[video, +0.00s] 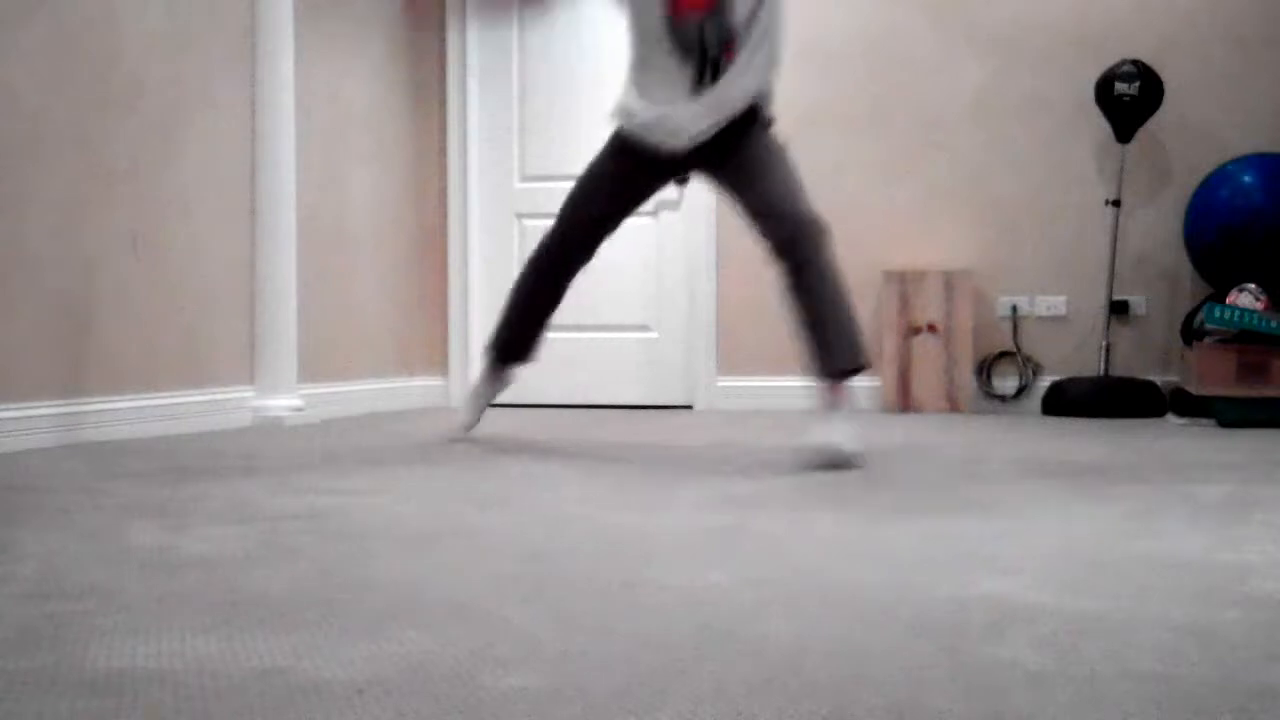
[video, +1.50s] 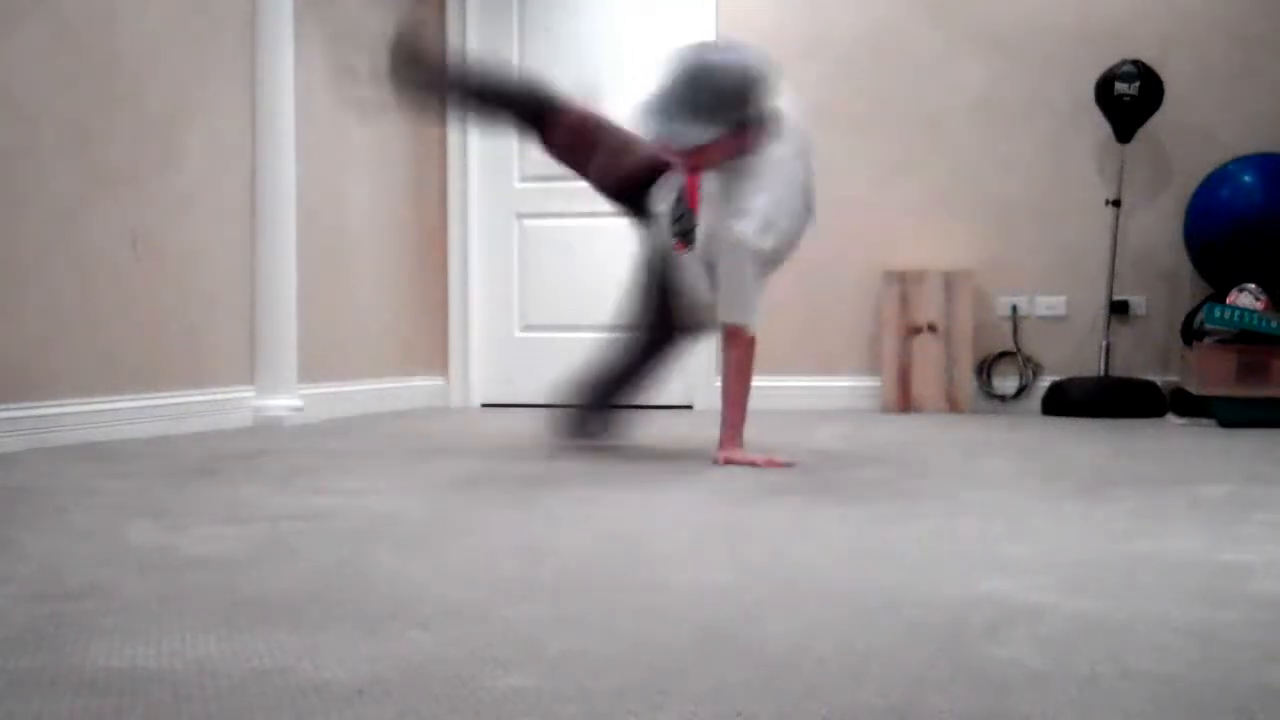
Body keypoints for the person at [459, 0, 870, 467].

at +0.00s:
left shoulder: (761, 7)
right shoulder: (644, 6)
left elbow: (758, 69)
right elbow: (643, 64)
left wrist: (686, 125)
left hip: (732, 125)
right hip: (648, 127)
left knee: (801, 238)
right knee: (565, 245)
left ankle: (840, 397)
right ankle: (496, 370)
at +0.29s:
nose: (556, 117)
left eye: (565, 96)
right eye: (546, 102)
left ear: (601, 86)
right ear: (541, 108)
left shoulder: (662, 103)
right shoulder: (561, 195)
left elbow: (735, 102)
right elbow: (586, 311)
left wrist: (773, 90)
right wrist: (583, 430)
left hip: (694, 227)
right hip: (618, 256)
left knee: (753, 254)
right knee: (513, 354)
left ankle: (790, 424)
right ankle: (480, 430)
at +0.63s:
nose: (442, 178)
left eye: (437, 156)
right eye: (432, 177)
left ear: (467, 128)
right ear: (443, 186)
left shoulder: (527, 113)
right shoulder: (555, 228)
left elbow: (591, 30)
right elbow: (607, 328)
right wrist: (591, 438)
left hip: (755, 170)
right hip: (724, 209)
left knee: (687, 285)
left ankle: (803, 430)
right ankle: (904, 343)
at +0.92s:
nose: (548, 131)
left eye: (551, 112)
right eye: (534, 128)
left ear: (581, 106)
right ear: (532, 146)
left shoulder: (645, 153)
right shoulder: (566, 219)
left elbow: (750, 164)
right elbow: (593, 326)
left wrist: (820, 117)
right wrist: (589, 437)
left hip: (721, 188)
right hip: (714, 254)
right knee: (568, 300)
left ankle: (600, 13)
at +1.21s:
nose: (726, 137)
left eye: (745, 133)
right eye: (726, 124)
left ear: (772, 157)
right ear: (716, 129)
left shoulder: (759, 212)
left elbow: (745, 336)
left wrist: (734, 441)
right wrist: (581, 428)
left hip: (592, 314)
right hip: (534, 272)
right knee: (572, 126)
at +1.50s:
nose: (682, 151)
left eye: (696, 141)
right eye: (679, 136)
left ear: (739, 133)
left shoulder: (744, 229)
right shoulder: (754, 109)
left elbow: (739, 336)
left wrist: (731, 445)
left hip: (686, 282)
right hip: (671, 196)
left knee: (643, 351)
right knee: (553, 117)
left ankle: (587, 415)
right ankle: (435, 77)